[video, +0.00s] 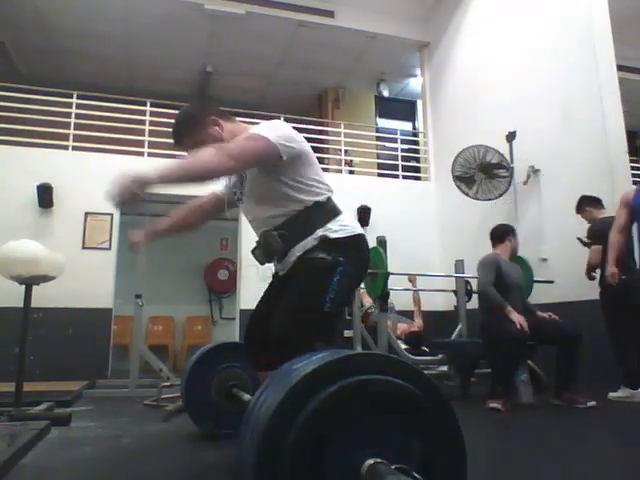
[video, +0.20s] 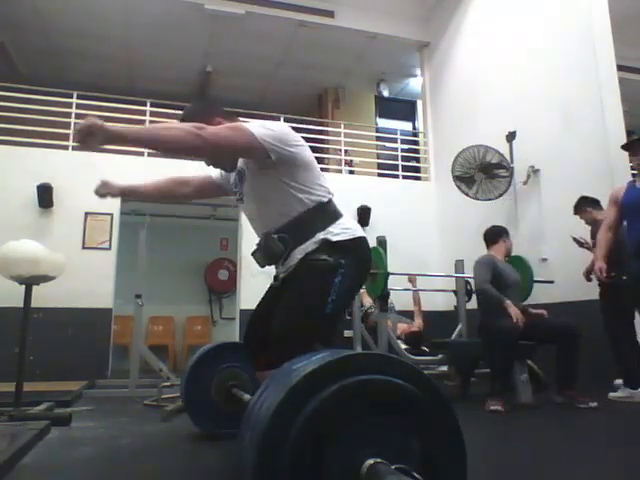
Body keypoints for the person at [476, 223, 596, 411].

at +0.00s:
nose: (517, 245)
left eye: (516, 240)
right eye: (515, 240)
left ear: (499, 241)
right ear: (509, 240)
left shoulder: (514, 267)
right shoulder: (489, 260)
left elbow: (519, 300)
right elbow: (485, 287)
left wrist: (537, 314)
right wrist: (510, 312)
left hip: (522, 320)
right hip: (497, 320)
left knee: (568, 333)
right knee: (513, 337)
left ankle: (564, 392)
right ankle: (497, 396)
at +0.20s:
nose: (511, 245)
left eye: (510, 241)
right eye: (510, 241)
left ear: (491, 242)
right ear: (504, 241)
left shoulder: (507, 267)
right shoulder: (485, 261)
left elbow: (508, 299)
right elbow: (482, 286)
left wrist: (529, 311)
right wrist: (507, 305)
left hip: (518, 320)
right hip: (495, 321)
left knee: (567, 331)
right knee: (505, 333)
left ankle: (566, 391)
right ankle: (497, 396)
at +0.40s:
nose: (514, 242)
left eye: (513, 239)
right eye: (512, 238)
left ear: (499, 240)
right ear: (503, 239)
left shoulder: (510, 268)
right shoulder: (480, 260)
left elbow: (509, 300)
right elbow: (461, 284)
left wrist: (526, 313)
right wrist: (479, 295)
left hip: (517, 317)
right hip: (494, 317)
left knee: (570, 332)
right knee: (507, 334)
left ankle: (573, 392)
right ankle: (501, 397)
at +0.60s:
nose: (517, 243)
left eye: (517, 239)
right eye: (514, 238)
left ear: (505, 239)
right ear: (501, 238)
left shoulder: (513, 265)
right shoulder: (478, 261)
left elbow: (520, 297)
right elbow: (457, 284)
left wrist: (540, 307)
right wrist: (458, 294)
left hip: (523, 316)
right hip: (497, 317)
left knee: (570, 331)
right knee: (506, 335)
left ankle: (573, 392)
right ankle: (501, 397)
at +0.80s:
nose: (518, 242)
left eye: (518, 238)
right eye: (514, 238)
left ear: (505, 239)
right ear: (501, 238)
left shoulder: (515, 264)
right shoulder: (478, 262)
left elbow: (528, 291)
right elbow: (459, 288)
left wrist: (555, 301)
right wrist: (464, 304)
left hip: (519, 315)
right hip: (493, 316)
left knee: (568, 329)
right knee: (508, 333)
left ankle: (572, 392)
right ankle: (501, 397)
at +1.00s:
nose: (521, 242)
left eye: (521, 238)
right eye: (518, 238)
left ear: (509, 238)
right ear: (504, 238)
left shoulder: (521, 263)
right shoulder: (480, 262)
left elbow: (527, 294)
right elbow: (458, 289)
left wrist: (546, 307)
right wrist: (452, 310)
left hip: (524, 315)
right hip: (496, 316)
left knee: (569, 329)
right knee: (507, 333)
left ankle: (573, 393)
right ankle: (502, 397)